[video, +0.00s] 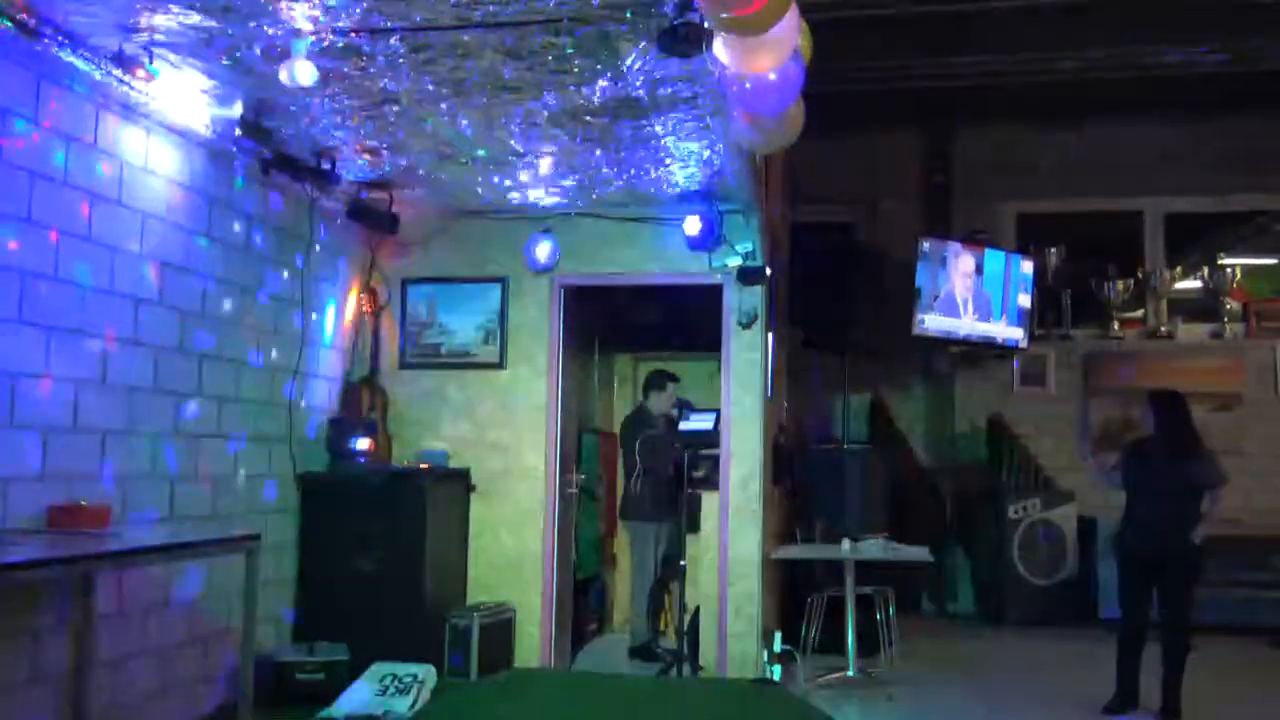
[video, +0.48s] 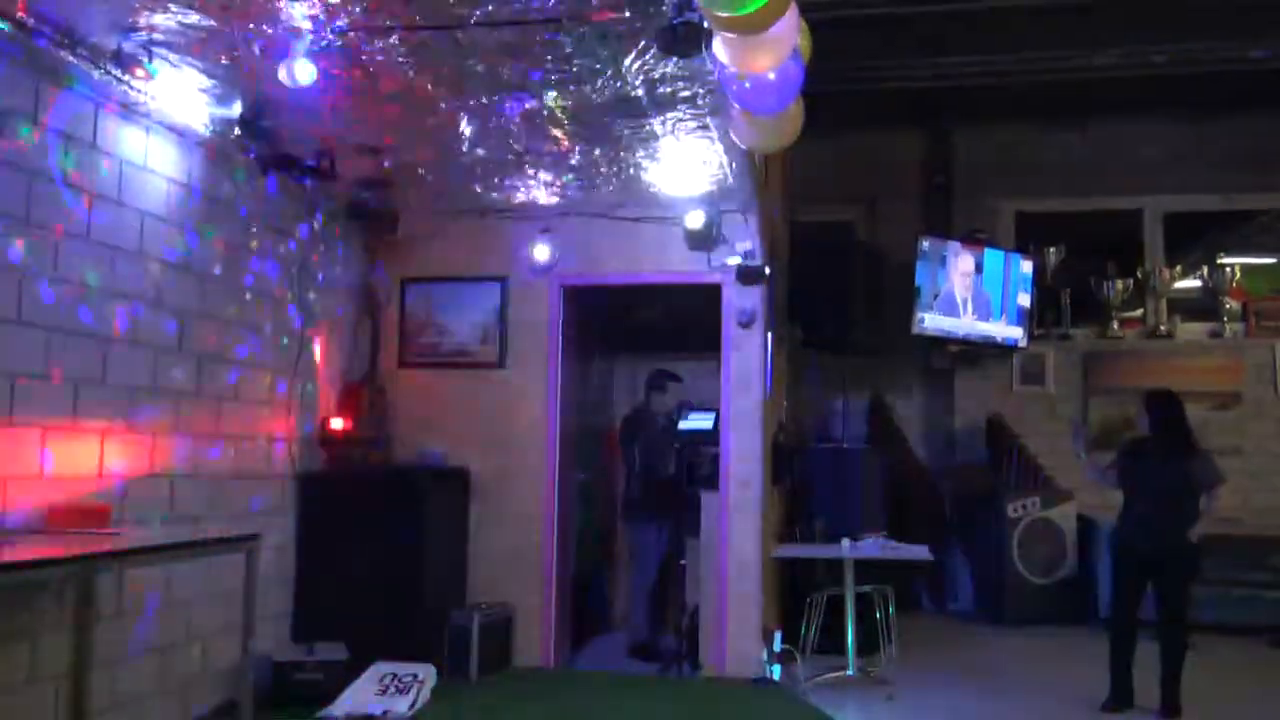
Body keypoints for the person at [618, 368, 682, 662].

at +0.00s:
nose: (674, 400)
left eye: (675, 394)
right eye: (671, 394)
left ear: (657, 394)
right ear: (654, 393)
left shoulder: (665, 425)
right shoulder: (635, 423)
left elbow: (674, 458)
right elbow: (650, 460)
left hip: (666, 509)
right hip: (643, 510)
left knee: (656, 579)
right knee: (644, 578)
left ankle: (648, 639)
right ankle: (639, 643)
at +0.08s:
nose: (674, 400)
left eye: (675, 394)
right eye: (671, 394)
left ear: (660, 394)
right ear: (654, 393)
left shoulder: (665, 425)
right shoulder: (635, 423)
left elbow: (675, 458)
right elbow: (650, 461)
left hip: (666, 509)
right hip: (643, 510)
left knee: (657, 579)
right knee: (644, 578)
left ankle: (649, 639)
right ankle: (639, 642)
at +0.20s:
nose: (676, 399)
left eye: (677, 394)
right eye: (672, 393)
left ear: (662, 392)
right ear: (656, 392)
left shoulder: (667, 424)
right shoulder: (633, 423)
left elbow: (677, 457)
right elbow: (649, 460)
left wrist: (687, 418)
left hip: (666, 510)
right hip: (643, 511)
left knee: (656, 580)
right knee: (644, 579)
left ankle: (649, 640)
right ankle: (640, 642)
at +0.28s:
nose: (675, 401)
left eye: (676, 395)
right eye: (671, 395)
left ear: (662, 394)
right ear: (655, 393)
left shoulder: (666, 425)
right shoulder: (632, 424)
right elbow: (647, 460)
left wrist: (686, 417)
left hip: (666, 510)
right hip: (642, 511)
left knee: (654, 576)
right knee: (643, 575)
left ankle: (647, 634)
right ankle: (638, 637)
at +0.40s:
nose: (675, 400)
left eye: (675, 394)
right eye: (670, 394)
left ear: (662, 393)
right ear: (655, 393)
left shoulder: (665, 424)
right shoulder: (636, 423)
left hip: (666, 510)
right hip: (644, 511)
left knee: (656, 579)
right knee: (646, 579)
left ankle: (650, 639)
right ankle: (640, 641)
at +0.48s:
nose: (674, 402)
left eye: (675, 396)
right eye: (670, 395)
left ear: (661, 394)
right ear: (655, 394)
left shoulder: (663, 425)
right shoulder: (638, 422)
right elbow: (655, 463)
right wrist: (672, 421)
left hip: (665, 509)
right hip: (645, 511)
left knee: (654, 578)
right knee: (645, 578)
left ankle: (652, 637)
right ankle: (640, 639)